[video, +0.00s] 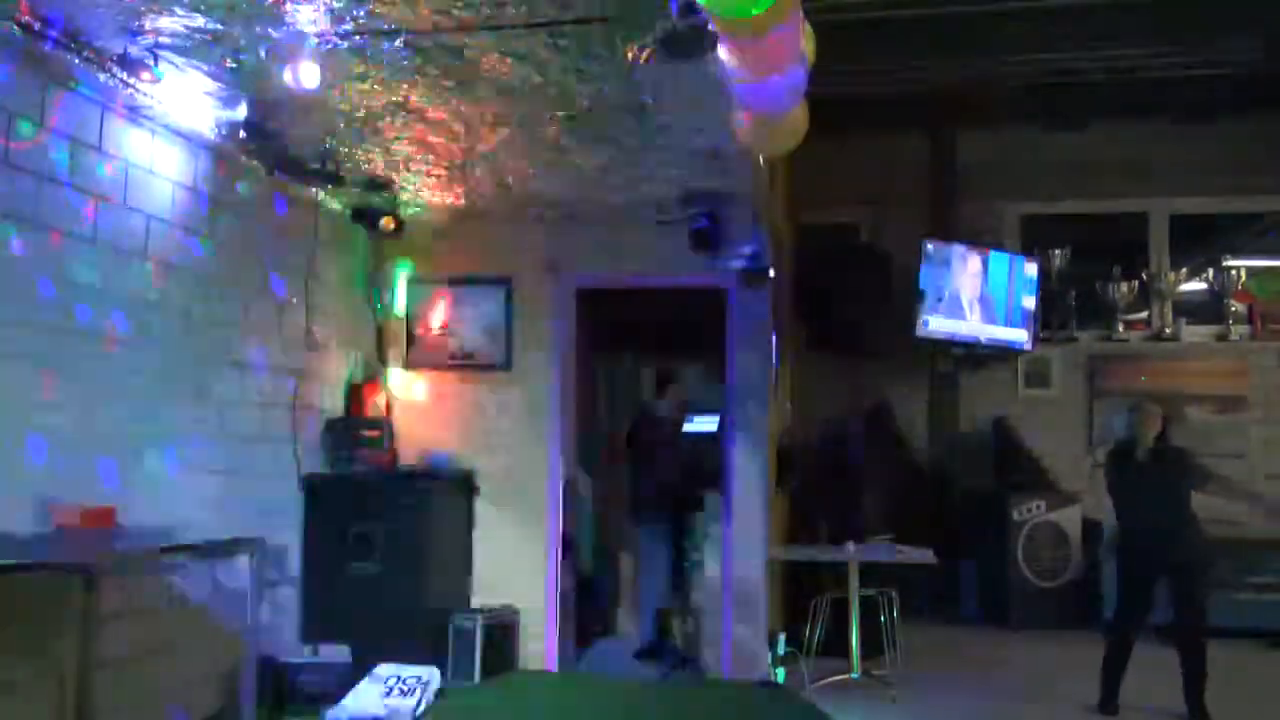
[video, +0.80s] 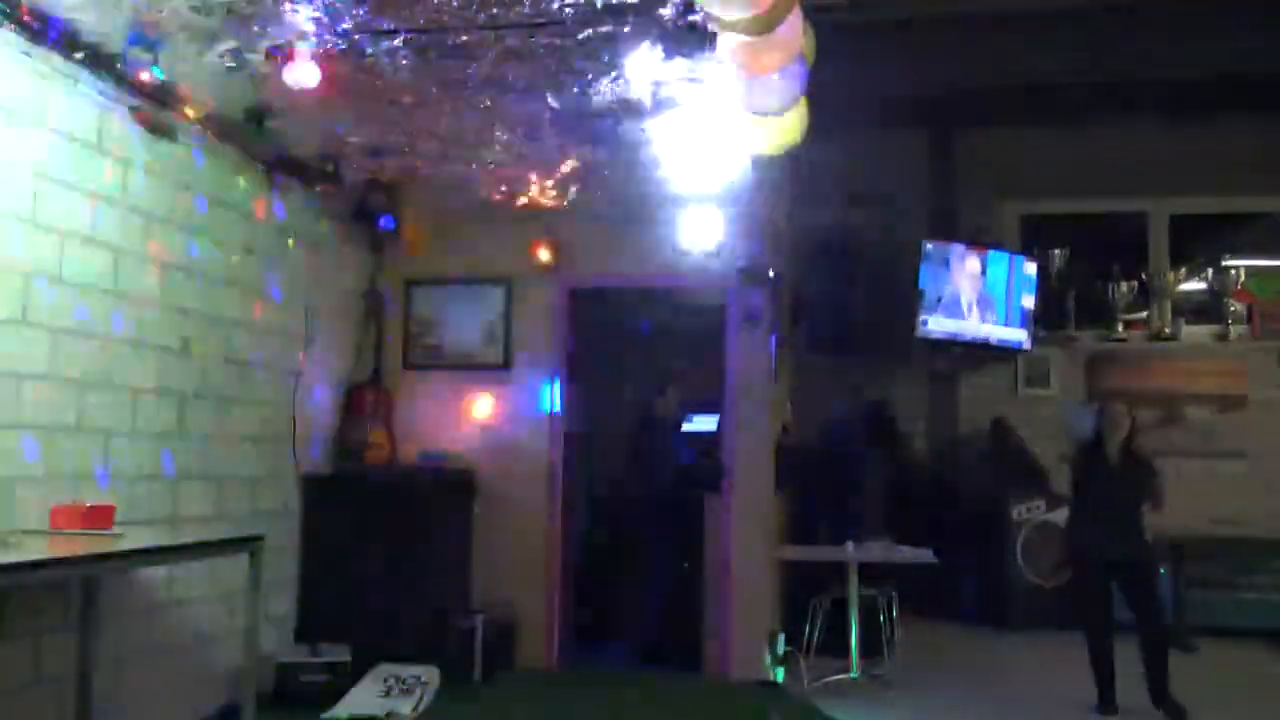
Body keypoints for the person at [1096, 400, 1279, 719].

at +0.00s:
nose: (1147, 424)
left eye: (1153, 419)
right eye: (1141, 417)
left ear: (1162, 424)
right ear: (1131, 422)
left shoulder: (1175, 458)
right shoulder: (1118, 457)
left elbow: (1212, 483)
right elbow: (1120, 493)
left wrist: (1258, 500)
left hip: (1182, 552)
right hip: (1137, 553)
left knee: (1191, 628)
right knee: (1125, 624)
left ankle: (1196, 704)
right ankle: (1108, 698)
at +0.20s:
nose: (1133, 415)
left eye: (1139, 409)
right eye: (1128, 409)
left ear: (1149, 415)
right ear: (1117, 414)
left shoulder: (1165, 454)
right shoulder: (1101, 453)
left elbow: (1190, 486)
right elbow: (1098, 493)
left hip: (1160, 548)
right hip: (1116, 549)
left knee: (1176, 626)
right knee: (1112, 624)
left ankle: (1192, 703)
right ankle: (1107, 697)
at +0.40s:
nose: (1126, 417)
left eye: (1132, 412)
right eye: (1119, 412)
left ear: (1140, 416)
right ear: (1108, 416)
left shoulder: (1144, 450)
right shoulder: (1090, 450)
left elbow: (1149, 491)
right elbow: (1091, 494)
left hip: (1145, 545)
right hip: (1103, 547)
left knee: (1169, 625)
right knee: (1103, 625)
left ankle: (1190, 703)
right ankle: (1106, 698)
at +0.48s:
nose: (1125, 415)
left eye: (1130, 409)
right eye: (1118, 409)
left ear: (1138, 416)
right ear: (1105, 414)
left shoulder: (1138, 454)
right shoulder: (1087, 449)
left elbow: (1142, 508)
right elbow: (1086, 498)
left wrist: (1148, 544)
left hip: (1138, 547)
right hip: (1098, 548)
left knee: (1164, 620)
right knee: (1102, 625)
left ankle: (1184, 698)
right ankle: (1106, 697)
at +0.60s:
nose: (1121, 421)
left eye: (1127, 414)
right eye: (1115, 414)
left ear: (1135, 419)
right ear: (1103, 418)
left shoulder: (1142, 455)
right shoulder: (1085, 452)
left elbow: (1149, 496)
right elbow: (1081, 500)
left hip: (1134, 548)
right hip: (1093, 549)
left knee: (1153, 622)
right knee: (1099, 627)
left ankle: (1172, 693)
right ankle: (1106, 698)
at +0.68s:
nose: (1116, 422)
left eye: (1119, 417)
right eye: (1109, 417)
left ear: (1125, 423)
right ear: (1098, 423)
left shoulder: (1131, 453)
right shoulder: (1085, 453)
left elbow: (1150, 475)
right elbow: (1093, 496)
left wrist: (1128, 450)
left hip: (1131, 547)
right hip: (1093, 549)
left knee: (1151, 619)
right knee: (1098, 625)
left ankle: (1163, 689)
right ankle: (1106, 697)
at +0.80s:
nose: (1116, 424)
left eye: (1122, 418)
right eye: (1110, 417)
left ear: (1131, 424)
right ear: (1100, 424)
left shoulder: (1140, 462)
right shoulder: (1085, 459)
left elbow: (1155, 504)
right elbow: (1078, 506)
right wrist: (1071, 554)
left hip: (1132, 552)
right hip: (1092, 553)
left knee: (1152, 622)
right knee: (1098, 628)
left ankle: (1161, 695)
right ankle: (1106, 698)